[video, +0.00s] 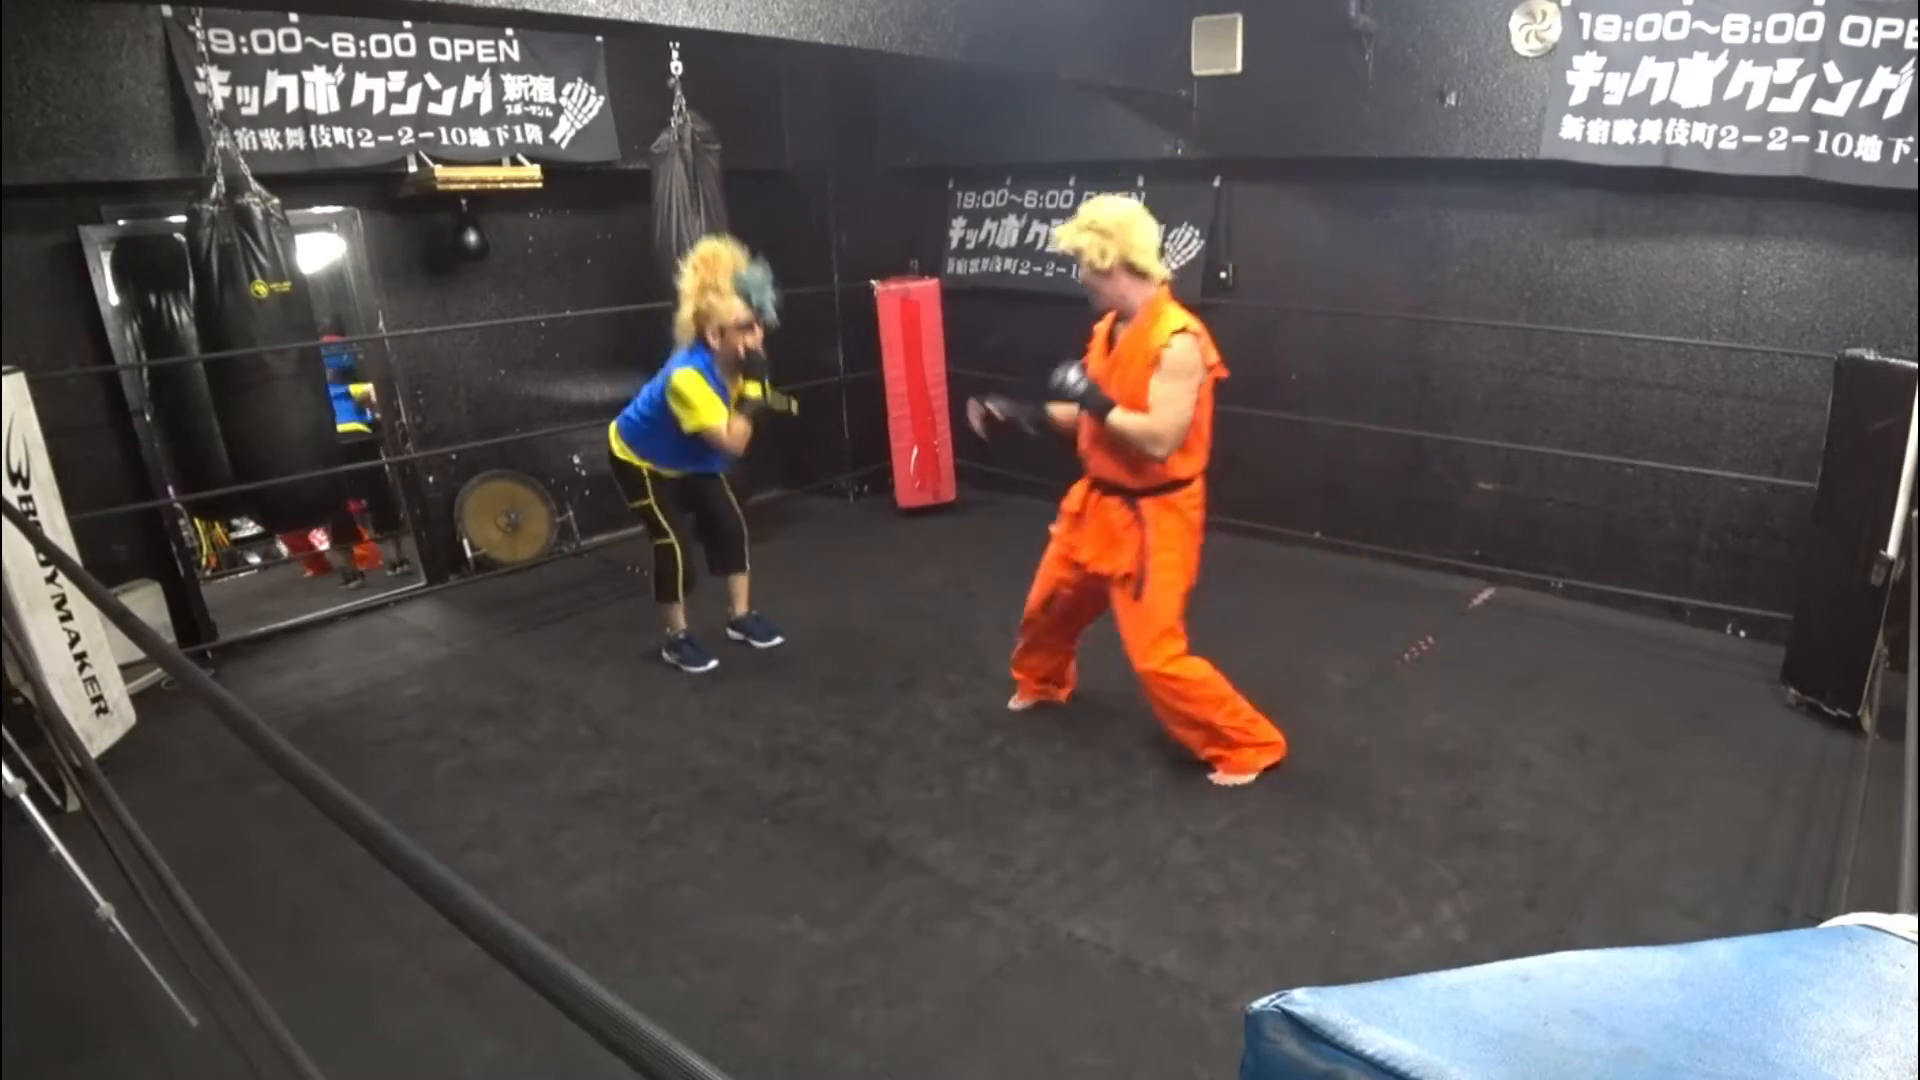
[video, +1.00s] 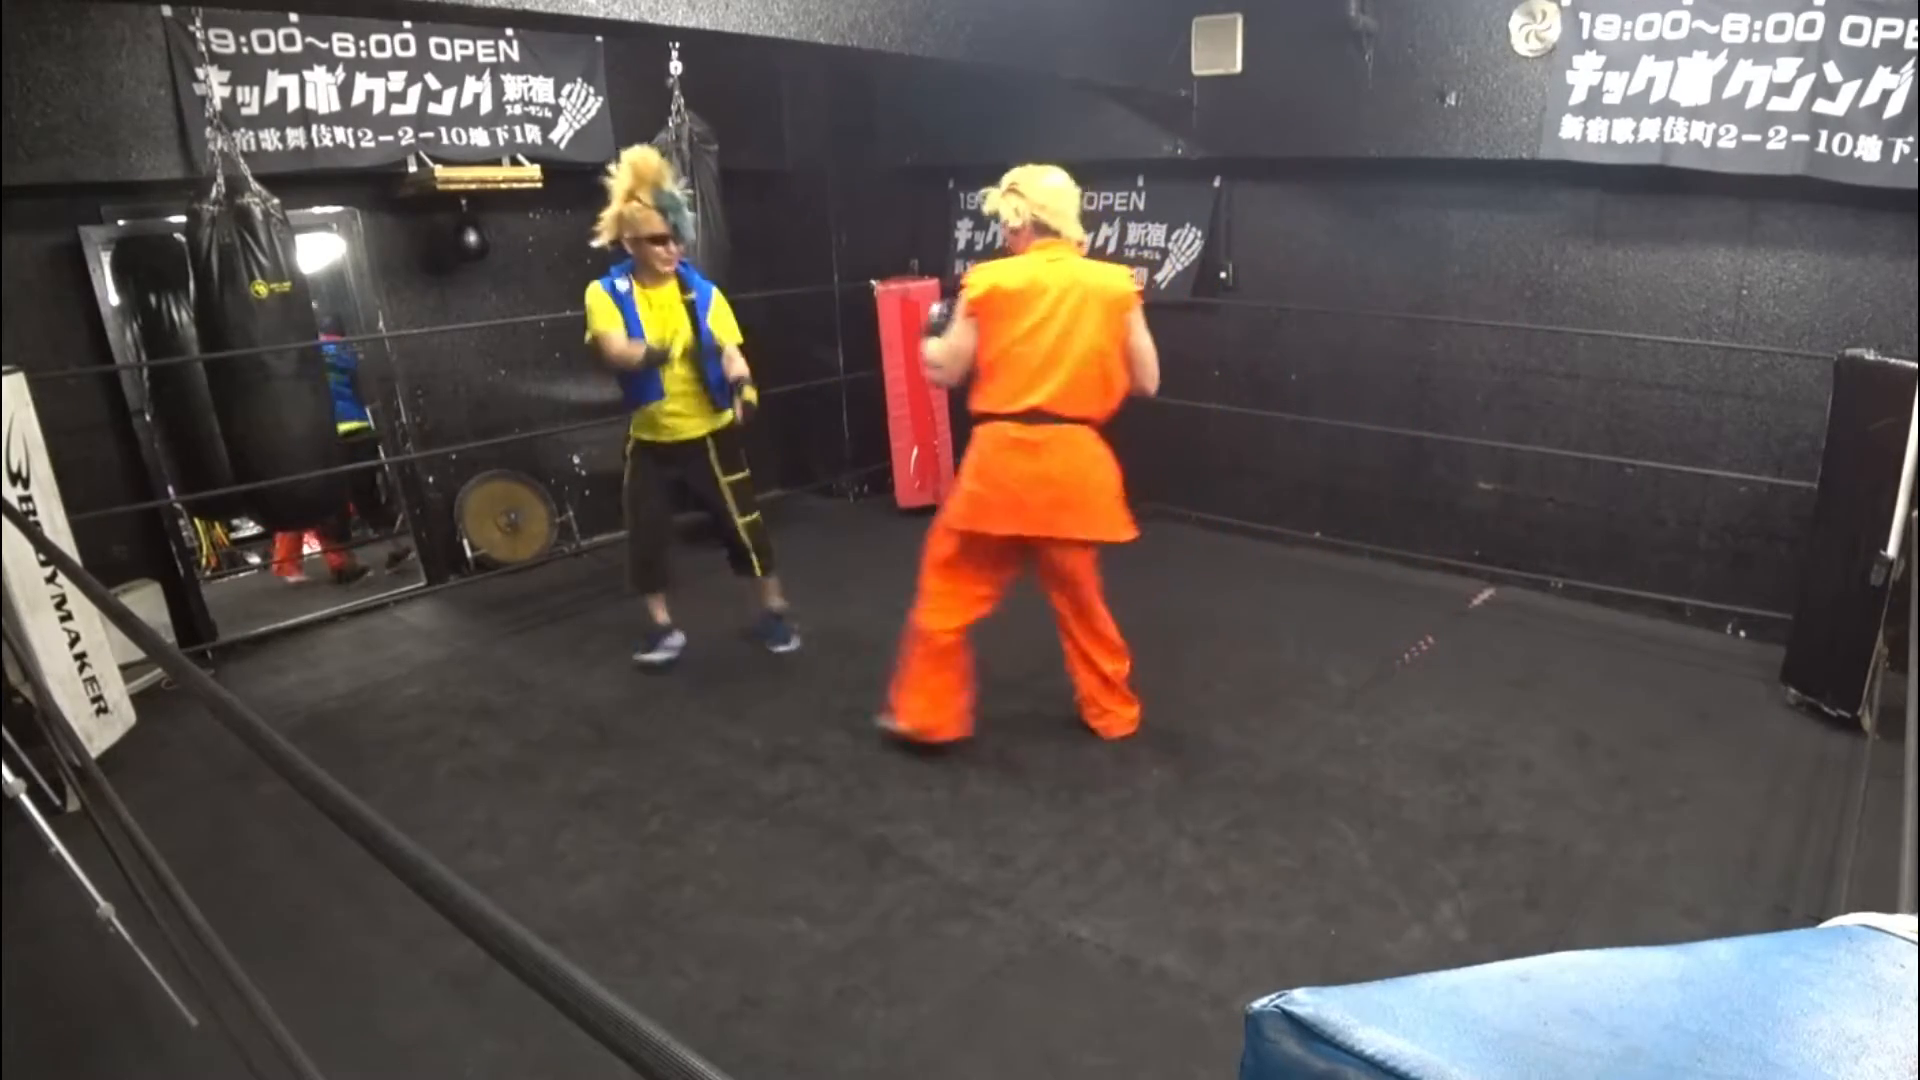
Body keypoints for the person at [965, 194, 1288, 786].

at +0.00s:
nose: (1082, 282)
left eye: (1087, 269)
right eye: (1081, 270)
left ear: (1115, 264)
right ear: (1121, 265)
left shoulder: (1180, 340)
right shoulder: (1107, 331)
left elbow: (1162, 437)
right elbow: (1088, 418)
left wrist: (1094, 400)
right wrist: (1022, 413)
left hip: (1158, 511)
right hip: (1097, 499)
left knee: (1155, 657)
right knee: (1047, 605)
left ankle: (1250, 746)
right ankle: (1041, 685)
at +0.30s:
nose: (1063, 262)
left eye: (1065, 247)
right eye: (1059, 250)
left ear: (1095, 234)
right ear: (1094, 234)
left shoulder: (1147, 302)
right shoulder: (1105, 302)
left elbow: (1153, 404)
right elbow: (1113, 398)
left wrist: (1084, 376)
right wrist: (1071, 441)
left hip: (1177, 484)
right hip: (1124, 478)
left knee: (1181, 638)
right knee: (1079, 580)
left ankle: (1274, 755)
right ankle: (1076, 683)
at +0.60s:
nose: (1051, 268)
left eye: (1053, 254)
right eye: (1049, 256)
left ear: (1074, 245)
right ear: (1106, 239)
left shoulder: (1093, 322)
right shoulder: (1155, 297)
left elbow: (1068, 423)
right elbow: (1199, 382)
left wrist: (1018, 380)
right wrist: (1132, 404)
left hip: (1148, 491)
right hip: (1174, 474)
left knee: (1189, 631)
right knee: (1090, 579)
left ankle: (1282, 760)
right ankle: (1098, 693)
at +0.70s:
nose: (1036, 243)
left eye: (1039, 229)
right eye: (1036, 230)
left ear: (1061, 222)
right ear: (1097, 216)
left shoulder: (1052, 292)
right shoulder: (1153, 276)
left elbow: (1015, 385)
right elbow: (1185, 363)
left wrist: (985, 340)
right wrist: (1118, 340)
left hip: (1112, 469)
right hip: (1166, 458)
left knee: (1143, 604)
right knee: (1108, 587)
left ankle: (1245, 732)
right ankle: (1109, 704)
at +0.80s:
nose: (1028, 234)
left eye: (1031, 221)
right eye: (1026, 222)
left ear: (1053, 216)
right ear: (1093, 213)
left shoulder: (1033, 276)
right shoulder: (1151, 275)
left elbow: (994, 373)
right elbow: (1165, 359)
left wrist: (971, 345)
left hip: (1077, 457)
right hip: (1147, 449)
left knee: (1062, 582)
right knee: (1137, 574)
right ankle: (1112, 697)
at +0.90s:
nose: (1020, 232)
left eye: (1023, 220)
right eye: (1019, 220)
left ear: (1044, 219)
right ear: (1086, 217)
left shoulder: (1015, 277)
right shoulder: (1138, 281)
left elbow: (982, 373)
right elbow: (1148, 374)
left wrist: (959, 352)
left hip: (1038, 459)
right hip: (1118, 455)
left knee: (1000, 583)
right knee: (1111, 592)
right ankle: (1116, 713)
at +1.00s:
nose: (1001, 233)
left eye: (1006, 222)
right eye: (1003, 221)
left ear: (1027, 223)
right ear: (1065, 223)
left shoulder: (990, 281)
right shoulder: (1114, 285)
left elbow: (947, 368)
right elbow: (1146, 379)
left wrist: (931, 339)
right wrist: (1088, 349)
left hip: (999, 459)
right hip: (1077, 459)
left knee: (948, 580)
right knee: (1079, 590)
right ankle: (1113, 711)